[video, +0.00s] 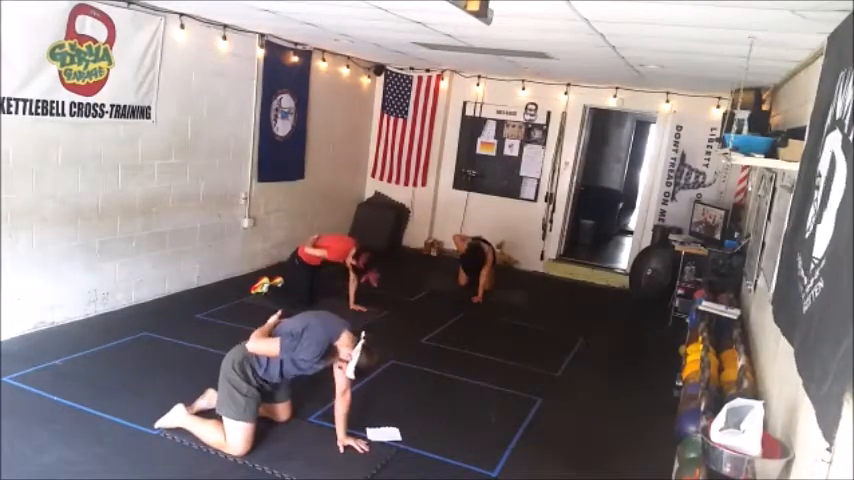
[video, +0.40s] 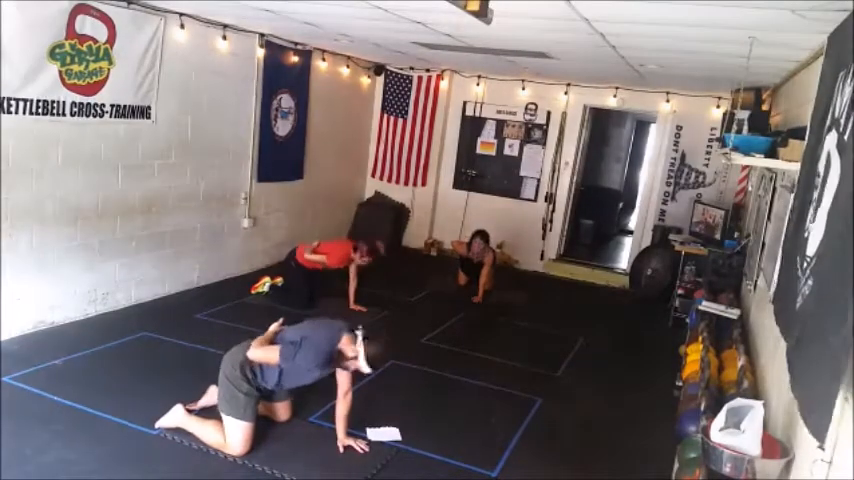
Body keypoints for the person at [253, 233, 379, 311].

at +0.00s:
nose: (351, 267)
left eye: (354, 267)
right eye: (353, 264)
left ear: (361, 256)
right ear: (356, 258)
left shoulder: (354, 251)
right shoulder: (337, 253)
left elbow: (353, 278)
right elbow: (305, 250)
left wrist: (352, 303)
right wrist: (312, 239)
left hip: (313, 263)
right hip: (301, 262)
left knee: (309, 300)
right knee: (301, 302)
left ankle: (278, 284)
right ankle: (269, 287)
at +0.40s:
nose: (364, 264)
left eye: (366, 261)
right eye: (364, 260)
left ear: (365, 256)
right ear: (359, 254)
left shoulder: (354, 254)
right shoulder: (340, 257)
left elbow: (353, 279)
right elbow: (307, 256)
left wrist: (352, 303)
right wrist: (312, 248)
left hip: (309, 264)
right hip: (297, 263)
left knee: (310, 299)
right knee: (301, 302)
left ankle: (279, 284)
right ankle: (269, 288)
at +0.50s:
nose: (369, 250)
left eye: (369, 247)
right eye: (366, 246)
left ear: (361, 247)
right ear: (357, 246)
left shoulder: (352, 257)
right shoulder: (342, 256)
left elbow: (353, 280)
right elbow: (310, 262)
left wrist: (351, 303)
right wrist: (315, 252)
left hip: (303, 254)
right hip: (296, 261)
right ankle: (270, 286)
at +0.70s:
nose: (366, 258)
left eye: (367, 255)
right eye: (364, 254)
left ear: (358, 250)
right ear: (355, 251)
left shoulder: (351, 254)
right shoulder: (339, 257)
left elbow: (352, 279)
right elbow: (305, 258)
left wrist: (351, 303)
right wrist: (312, 247)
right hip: (294, 262)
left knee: (310, 293)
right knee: (301, 297)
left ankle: (277, 284)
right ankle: (270, 288)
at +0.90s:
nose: (351, 266)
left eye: (354, 265)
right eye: (352, 264)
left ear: (358, 253)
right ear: (355, 256)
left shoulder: (350, 245)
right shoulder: (335, 253)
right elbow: (304, 250)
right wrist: (310, 239)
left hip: (313, 261)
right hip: (299, 261)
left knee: (312, 295)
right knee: (300, 298)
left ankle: (279, 285)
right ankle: (268, 290)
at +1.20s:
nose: (362, 263)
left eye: (364, 261)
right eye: (363, 260)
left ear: (361, 253)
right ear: (359, 254)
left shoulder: (351, 253)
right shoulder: (339, 256)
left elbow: (352, 278)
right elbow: (305, 255)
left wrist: (351, 303)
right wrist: (309, 245)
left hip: (304, 262)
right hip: (295, 262)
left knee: (308, 298)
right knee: (300, 301)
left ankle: (276, 283)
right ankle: (268, 290)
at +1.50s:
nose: (368, 250)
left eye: (370, 248)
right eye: (366, 247)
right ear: (357, 245)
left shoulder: (353, 255)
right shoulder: (341, 257)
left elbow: (353, 278)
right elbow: (309, 262)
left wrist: (351, 300)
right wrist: (315, 252)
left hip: (306, 258)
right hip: (295, 261)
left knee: (312, 296)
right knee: (300, 299)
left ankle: (280, 283)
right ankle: (270, 288)